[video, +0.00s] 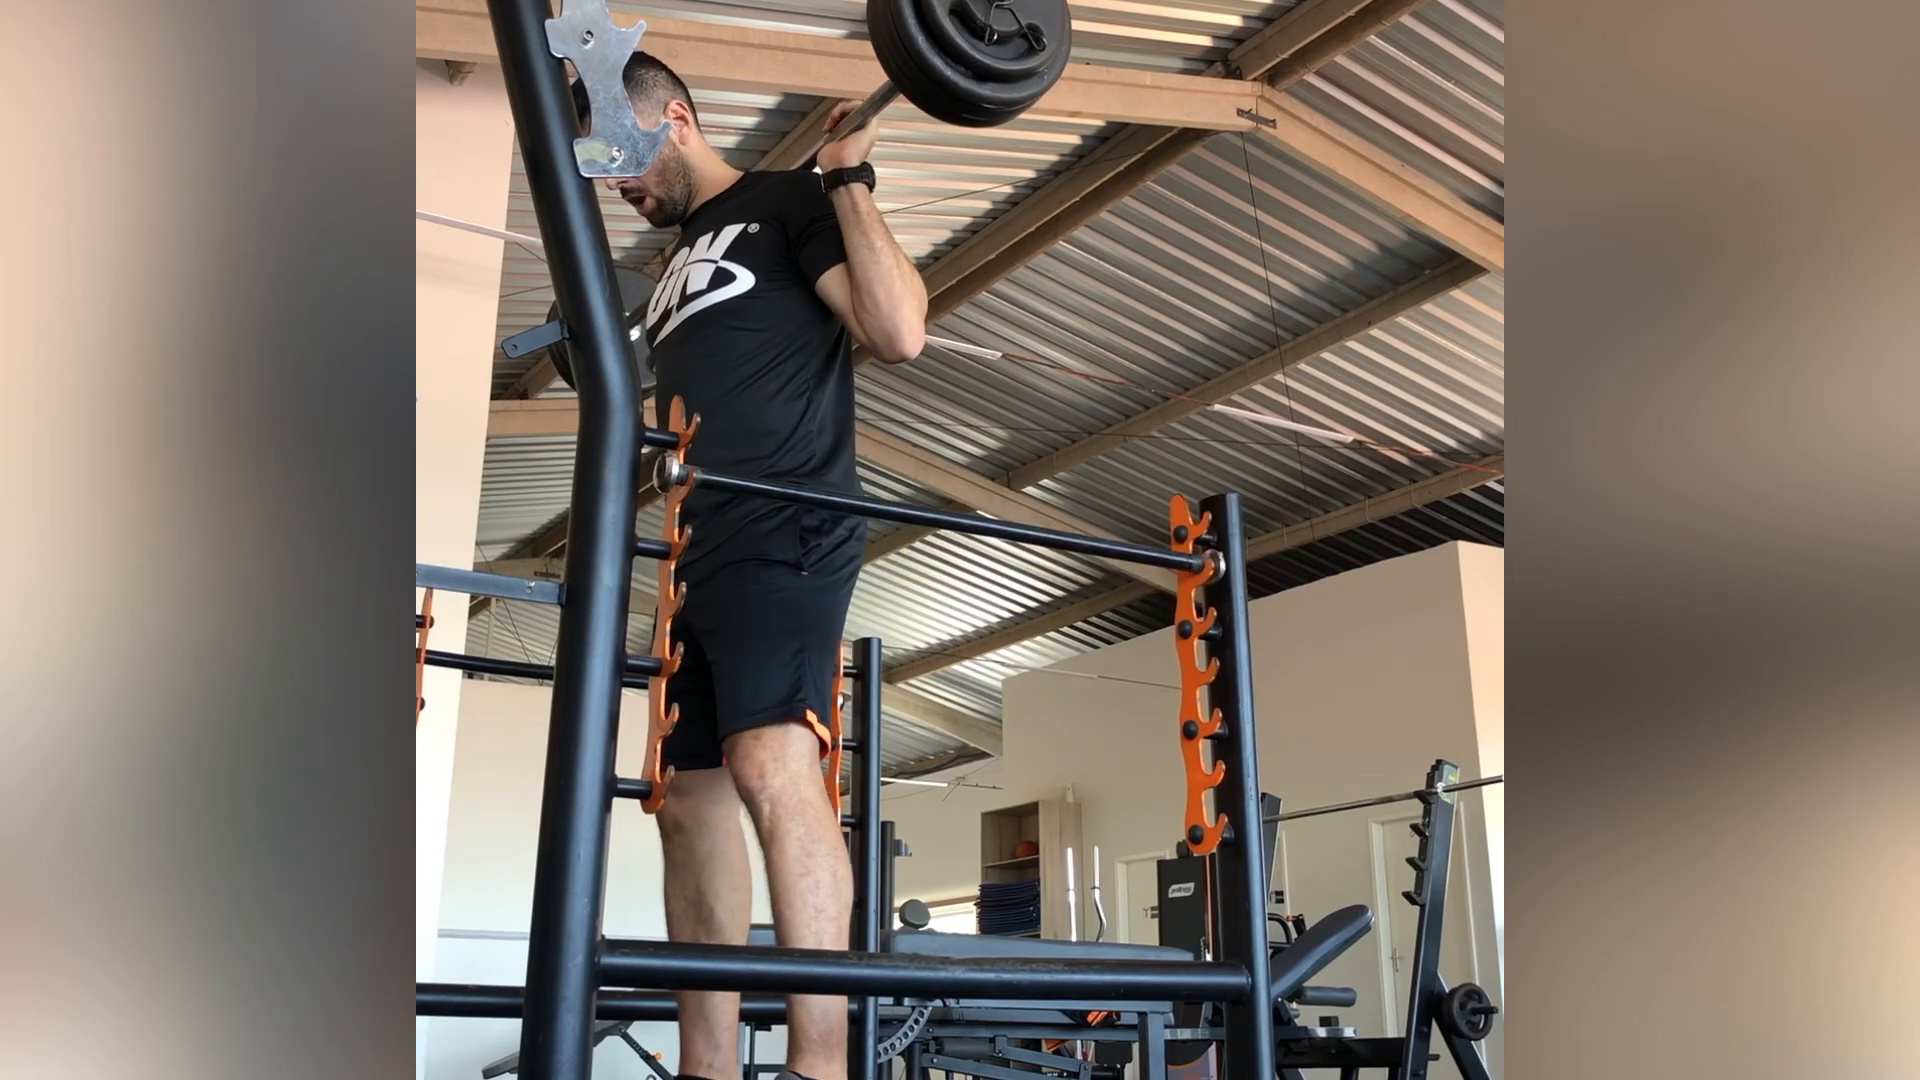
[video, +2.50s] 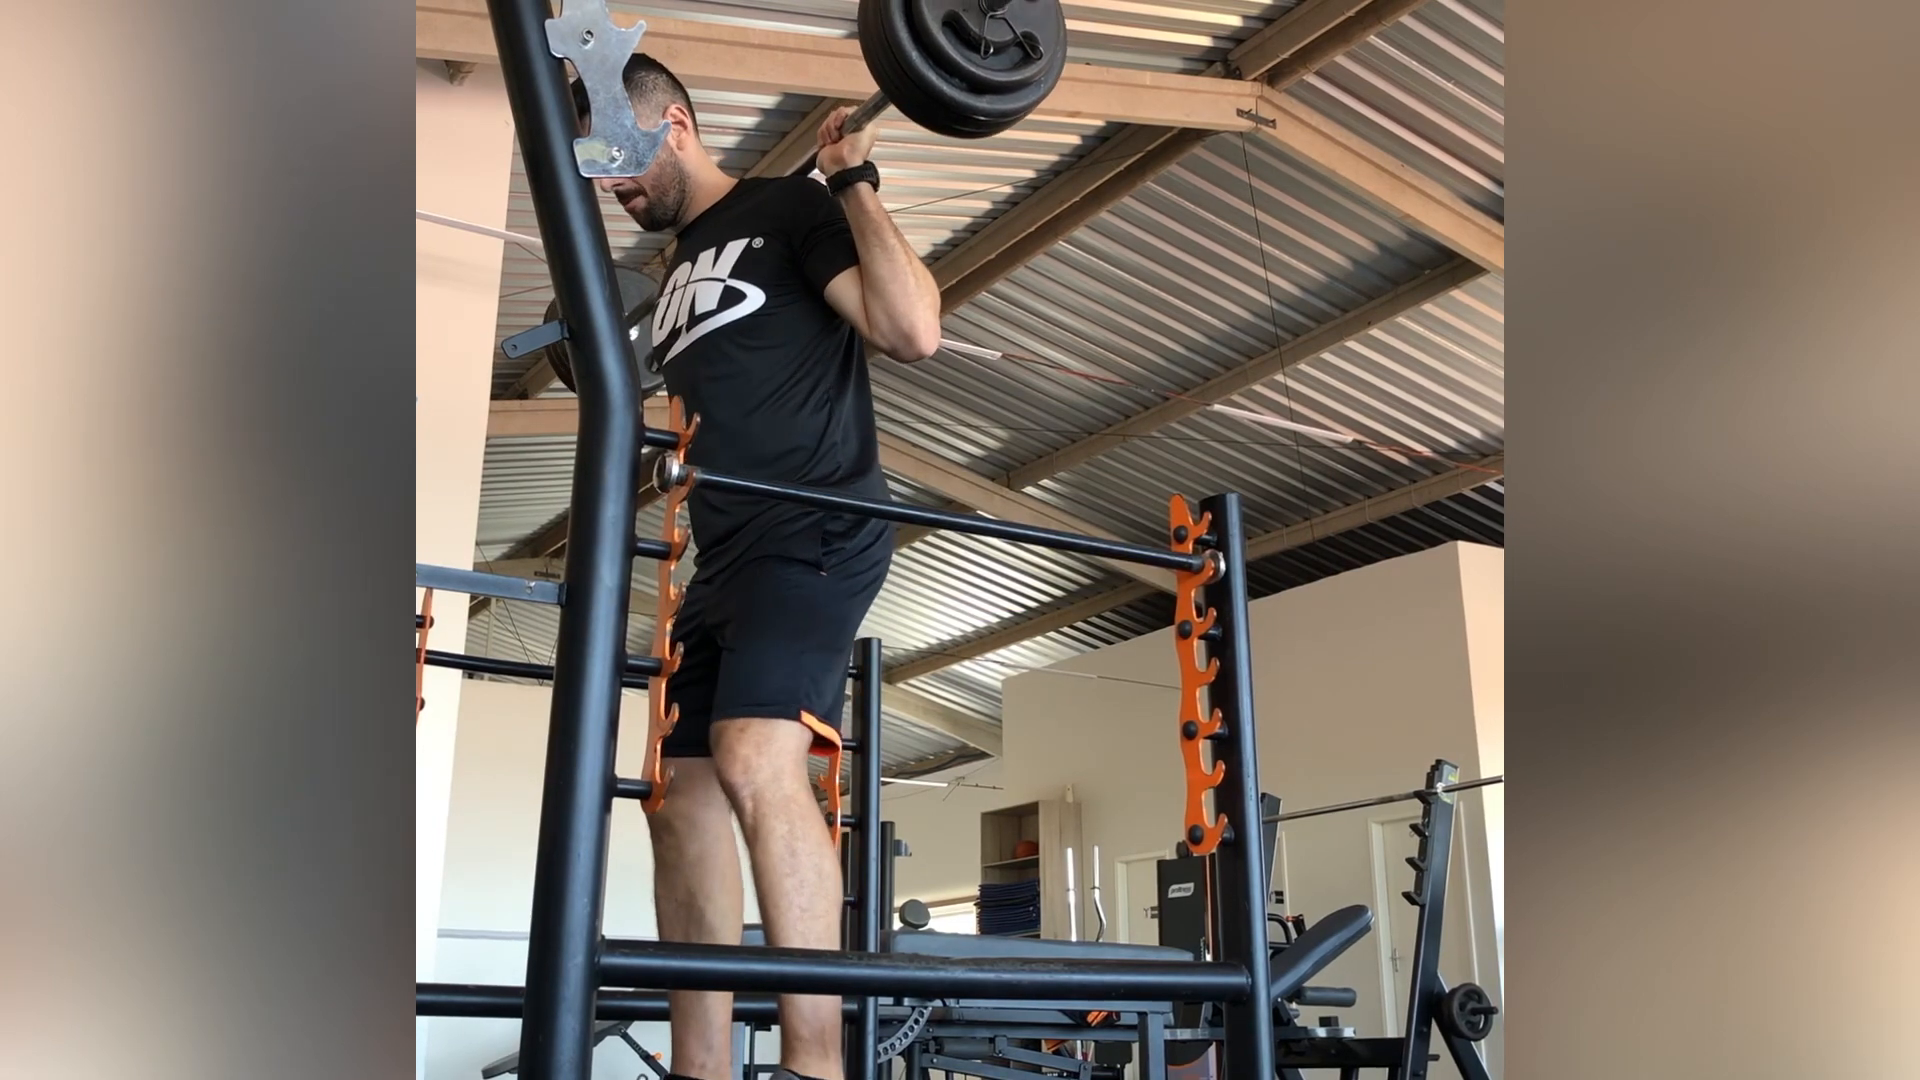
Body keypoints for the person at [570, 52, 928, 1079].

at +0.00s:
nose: (622, 185)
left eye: (629, 156)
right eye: (608, 169)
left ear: (681, 118)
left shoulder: (789, 200)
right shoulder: (675, 263)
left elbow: (900, 334)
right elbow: (691, 420)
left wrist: (851, 181)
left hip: (787, 520)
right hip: (708, 536)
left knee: (771, 758)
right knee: (690, 792)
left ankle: (821, 1063)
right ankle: (708, 1065)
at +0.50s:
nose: (631, 180)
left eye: (636, 149)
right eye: (618, 161)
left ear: (692, 113)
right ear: (672, 130)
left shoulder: (804, 190)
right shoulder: (684, 259)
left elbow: (916, 315)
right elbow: (700, 411)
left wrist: (867, 168)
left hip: (799, 521)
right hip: (711, 535)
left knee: (781, 762)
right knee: (697, 787)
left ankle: (826, 1063)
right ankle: (713, 1063)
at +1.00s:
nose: (630, 182)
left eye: (635, 152)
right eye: (615, 165)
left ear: (684, 112)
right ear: (643, 139)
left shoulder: (799, 192)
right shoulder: (685, 257)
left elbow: (917, 316)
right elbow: (714, 406)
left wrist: (866, 170)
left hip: (809, 512)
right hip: (726, 529)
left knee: (769, 755)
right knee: (687, 788)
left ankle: (825, 1063)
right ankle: (709, 1067)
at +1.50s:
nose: (624, 183)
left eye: (632, 154)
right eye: (611, 168)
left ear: (684, 120)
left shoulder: (799, 199)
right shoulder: (687, 270)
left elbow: (921, 321)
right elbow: (712, 415)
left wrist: (863, 174)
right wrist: (677, 455)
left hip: (819, 527)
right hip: (728, 543)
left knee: (788, 763)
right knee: (699, 788)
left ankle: (828, 1065)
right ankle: (708, 1066)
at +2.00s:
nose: (622, 186)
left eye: (630, 156)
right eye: (609, 170)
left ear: (684, 120)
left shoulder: (797, 197)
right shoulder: (688, 267)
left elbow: (925, 322)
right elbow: (720, 405)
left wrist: (867, 175)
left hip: (823, 517)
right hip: (734, 536)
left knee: (778, 755)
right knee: (692, 787)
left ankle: (826, 1065)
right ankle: (702, 1067)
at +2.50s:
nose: (615, 183)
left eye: (626, 155)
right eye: (602, 168)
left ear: (680, 127)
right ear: (610, 171)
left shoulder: (790, 205)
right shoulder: (677, 277)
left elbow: (914, 332)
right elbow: (709, 421)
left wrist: (855, 184)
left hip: (817, 526)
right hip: (725, 546)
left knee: (758, 754)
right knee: (683, 789)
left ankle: (819, 1063)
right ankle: (699, 1068)